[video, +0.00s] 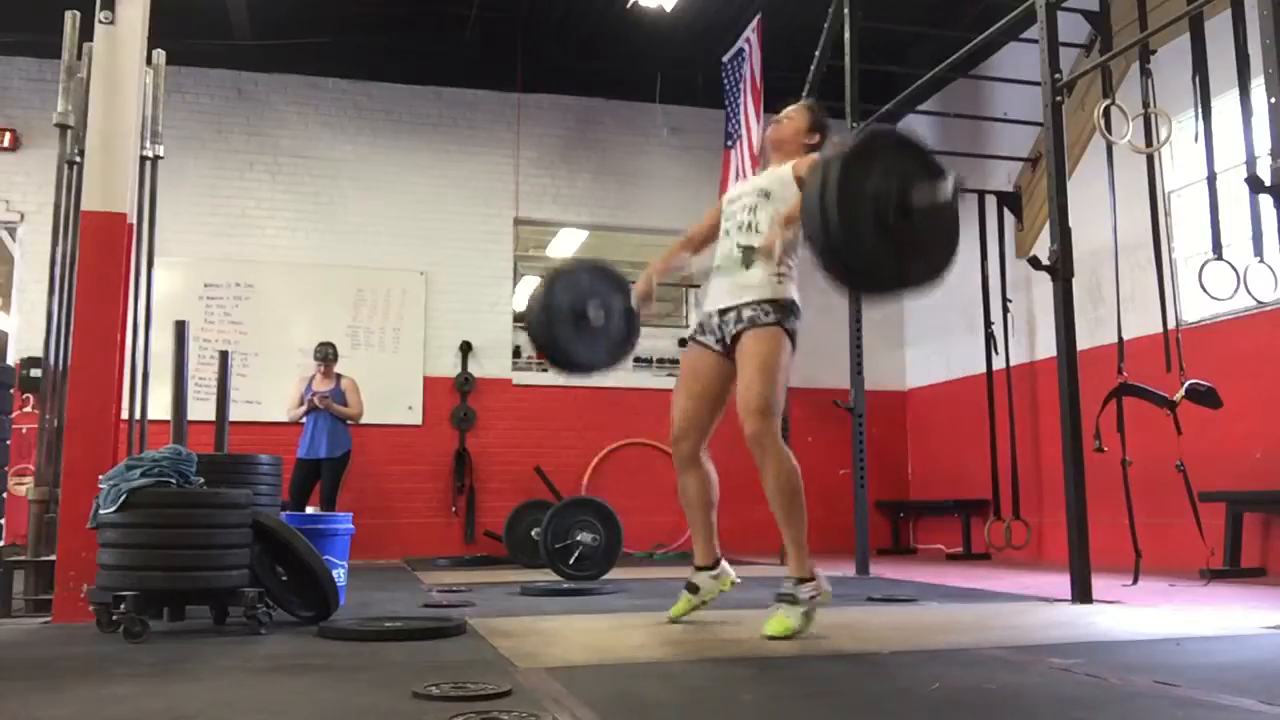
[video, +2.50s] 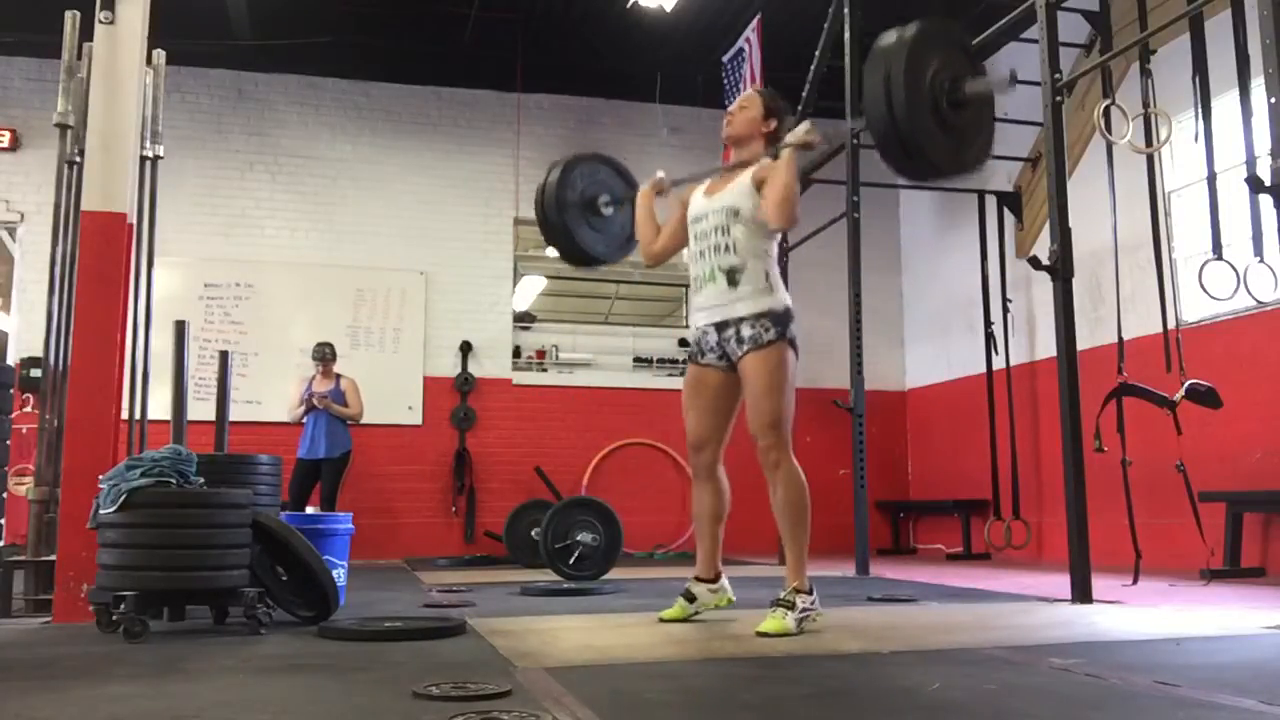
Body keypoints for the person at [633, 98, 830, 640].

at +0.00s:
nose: (774, 119)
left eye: (788, 115)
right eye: (776, 115)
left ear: (812, 137)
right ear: (769, 133)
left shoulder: (807, 165)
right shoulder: (739, 191)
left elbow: (819, 191)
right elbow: (694, 240)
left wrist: (790, 216)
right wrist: (651, 274)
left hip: (764, 307)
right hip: (713, 314)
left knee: (759, 426)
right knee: (684, 442)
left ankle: (803, 580)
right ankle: (708, 569)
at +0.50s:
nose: (719, 199)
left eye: (731, 192)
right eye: (719, 192)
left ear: (762, 207)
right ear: (720, 210)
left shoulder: (775, 262)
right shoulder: (697, 277)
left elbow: (740, 272)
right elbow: (633, 306)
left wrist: (768, 217)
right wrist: (652, 258)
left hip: (785, 404)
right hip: (729, 418)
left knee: (760, 478)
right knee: (637, 486)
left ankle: (826, 606)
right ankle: (683, 596)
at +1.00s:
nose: (731, 134)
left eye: (744, 127)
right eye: (730, 127)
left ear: (768, 146)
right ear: (726, 143)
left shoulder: (772, 196)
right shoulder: (696, 209)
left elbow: (737, 195)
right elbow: (635, 247)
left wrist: (773, 145)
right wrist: (646, 200)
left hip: (756, 342)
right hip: (705, 352)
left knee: (769, 458)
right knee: (671, 469)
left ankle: (820, 601)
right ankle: (684, 593)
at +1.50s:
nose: (729, 126)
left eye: (741, 119)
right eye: (729, 119)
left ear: (771, 139)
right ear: (729, 134)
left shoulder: (784, 192)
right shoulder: (705, 202)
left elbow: (745, 187)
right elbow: (642, 237)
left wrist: (782, 140)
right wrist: (660, 187)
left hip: (772, 335)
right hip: (721, 342)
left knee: (765, 458)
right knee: (700, 462)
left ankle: (800, 600)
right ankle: (685, 589)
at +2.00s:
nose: (724, 125)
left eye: (736, 118)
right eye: (724, 118)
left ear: (766, 135)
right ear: (725, 132)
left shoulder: (778, 184)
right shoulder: (697, 197)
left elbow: (743, 185)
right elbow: (632, 227)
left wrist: (779, 137)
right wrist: (655, 179)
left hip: (764, 336)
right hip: (711, 343)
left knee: (769, 462)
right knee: (705, 465)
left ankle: (800, 600)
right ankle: (716, 592)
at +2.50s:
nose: (728, 110)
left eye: (741, 104)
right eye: (730, 104)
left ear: (767, 125)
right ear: (732, 125)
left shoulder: (769, 173)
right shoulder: (699, 192)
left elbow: (781, 218)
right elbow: (653, 251)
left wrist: (789, 150)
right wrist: (645, 194)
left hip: (760, 323)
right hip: (708, 332)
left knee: (772, 450)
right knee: (701, 457)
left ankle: (798, 591)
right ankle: (708, 584)